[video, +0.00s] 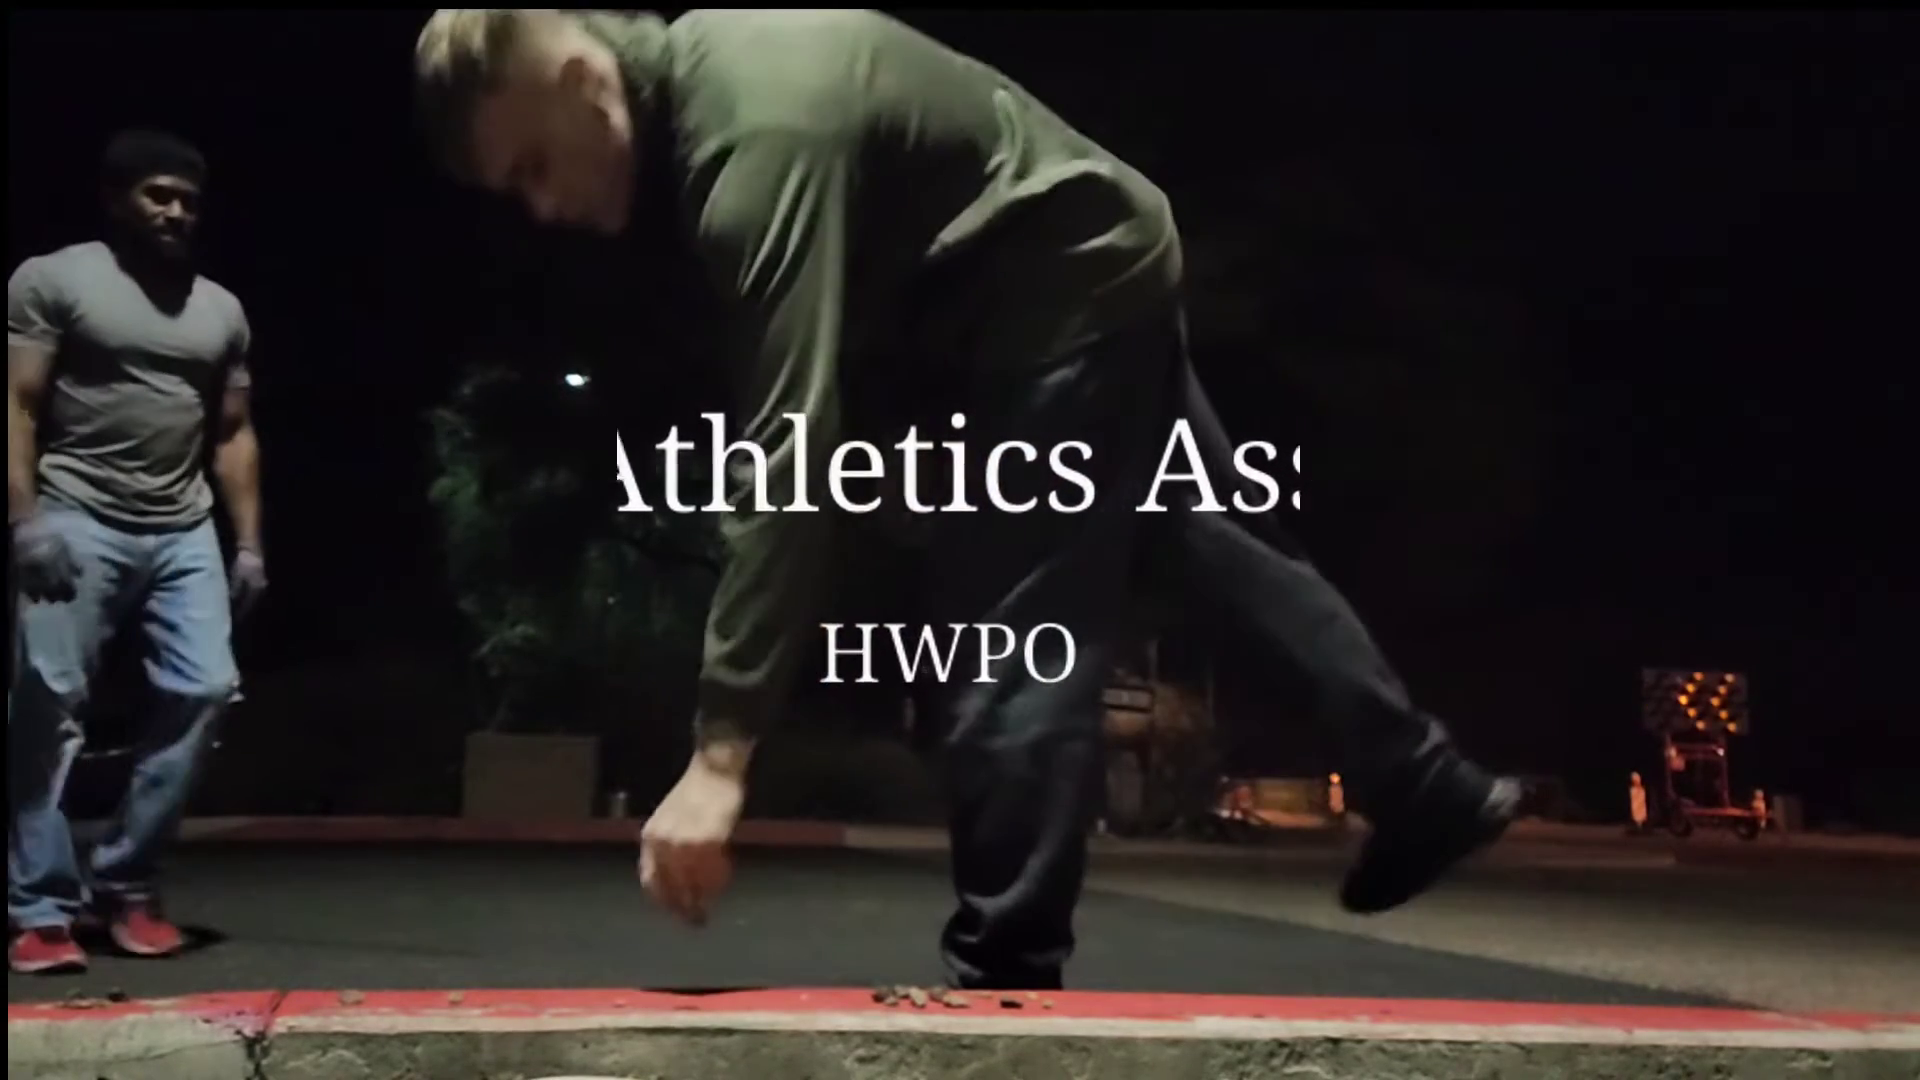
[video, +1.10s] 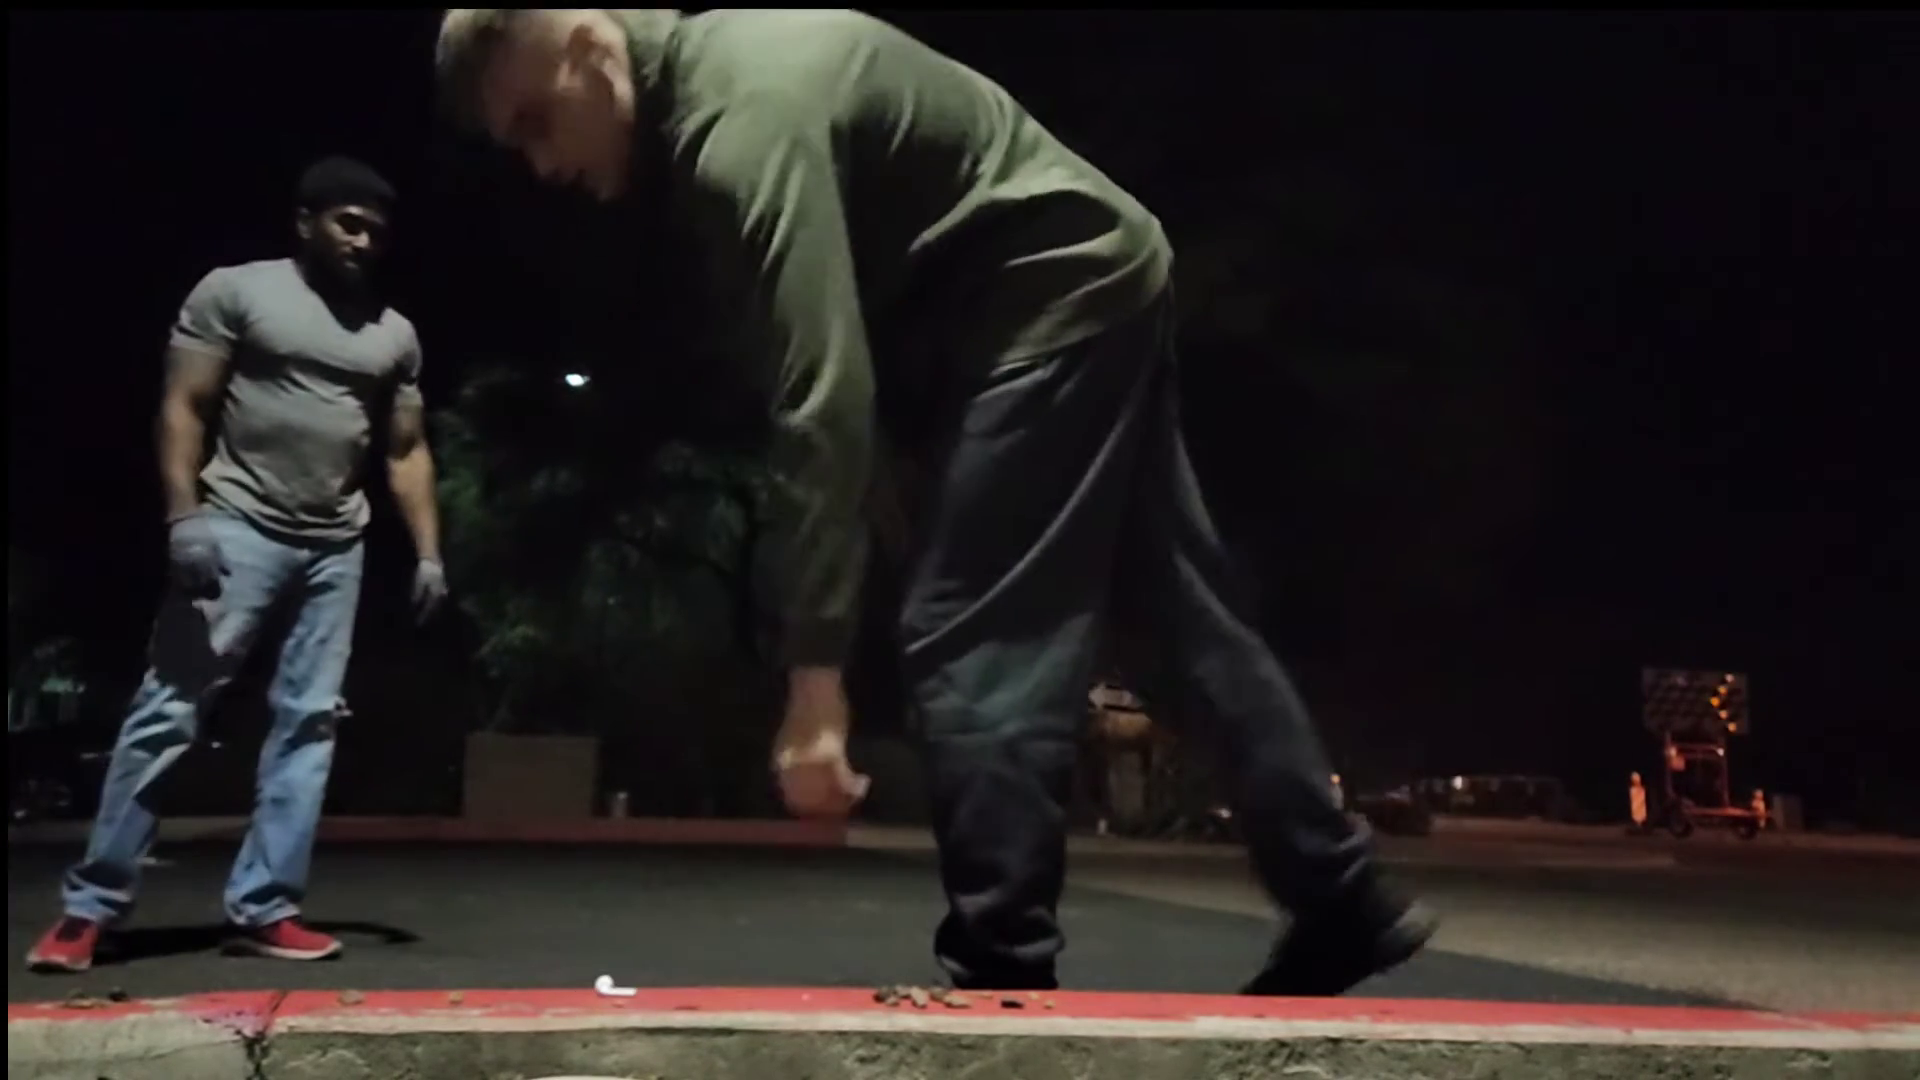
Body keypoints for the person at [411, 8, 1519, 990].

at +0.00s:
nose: (541, 207)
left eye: (533, 167)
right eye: (513, 188)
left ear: (591, 79)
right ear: (586, 78)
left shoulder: (765, 138)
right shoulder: (685, 74)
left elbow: (786, 469)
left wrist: (719, 757)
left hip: (1080, 278)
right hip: (1042, 280)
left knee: (1022, 620)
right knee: (1201, 544)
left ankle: (1006, 953)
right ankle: (1422, 782)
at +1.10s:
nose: (540, 165)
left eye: (531, 125)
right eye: (517, 145)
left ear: (594, 54)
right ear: (591, 55)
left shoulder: (746, 118)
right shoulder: (715, 76)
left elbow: (820, 406)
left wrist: (813, 700)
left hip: (1058, 294)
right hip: (1090, 274)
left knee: (966, 632)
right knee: (1182, 614)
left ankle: (999, 962)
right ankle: (1343, 906)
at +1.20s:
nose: (564, 121)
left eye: (560, 82)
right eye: (541, 104)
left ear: (623, 24)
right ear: (628, 27)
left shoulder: (764, 91)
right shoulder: (747, 68)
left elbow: (840, 361)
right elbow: (830, 358)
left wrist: (826, 637)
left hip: (1059, 297)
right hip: (1105, 279)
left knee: (961, 637)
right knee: (1160, 629)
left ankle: (1001, 962)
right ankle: (1281, 933)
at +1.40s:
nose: (645, 77)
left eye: (641, 44)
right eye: (627, 59)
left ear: (699, 6)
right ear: (706, 14)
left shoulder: (822, 50)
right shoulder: (817, 45)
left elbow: (867, 289)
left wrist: (848, 544)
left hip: (1060, 318)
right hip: (1112, 306)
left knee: (969, 636)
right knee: (1098, 643)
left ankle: (1002, 967)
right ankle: (1163, 953)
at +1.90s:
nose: (872, 37)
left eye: (875, 20)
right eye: (868, 28)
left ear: (922, 0)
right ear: (917, 22)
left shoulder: (1039, 31)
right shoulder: (988, 68)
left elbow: (1108, 212)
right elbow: (1032, 260)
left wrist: (1085, 398)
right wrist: (1022, 413)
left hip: (1146, 380)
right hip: (1110, 387)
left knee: (1102, 654)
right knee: (1085, 653)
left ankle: (1104, 947)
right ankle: (1111, 943)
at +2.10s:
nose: (921, 30)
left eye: (926, 13)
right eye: (917, 21)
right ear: (964, 20)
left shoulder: (1093, 28)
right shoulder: (1024, 93)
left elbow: (1149, 200)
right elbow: (1060, 273)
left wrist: (1109, 378)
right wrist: (1055, 426)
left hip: (1178, 411)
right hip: (1101, 430)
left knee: (1173, 700)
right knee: (1092, 709)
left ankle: (1264, 971)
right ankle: (1127, 989)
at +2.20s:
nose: (942, 29)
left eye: (948, 12)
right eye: (937, 20)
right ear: (986, 20)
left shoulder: (1113, 29)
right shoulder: (1037, 92)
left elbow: (1179, 184)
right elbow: (1080, 265)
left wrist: (1112, 361)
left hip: (1188, 423)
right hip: (1111, 439)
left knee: (1218, 694)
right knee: (1095, 705)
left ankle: (1306, 956)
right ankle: (1129, 968)